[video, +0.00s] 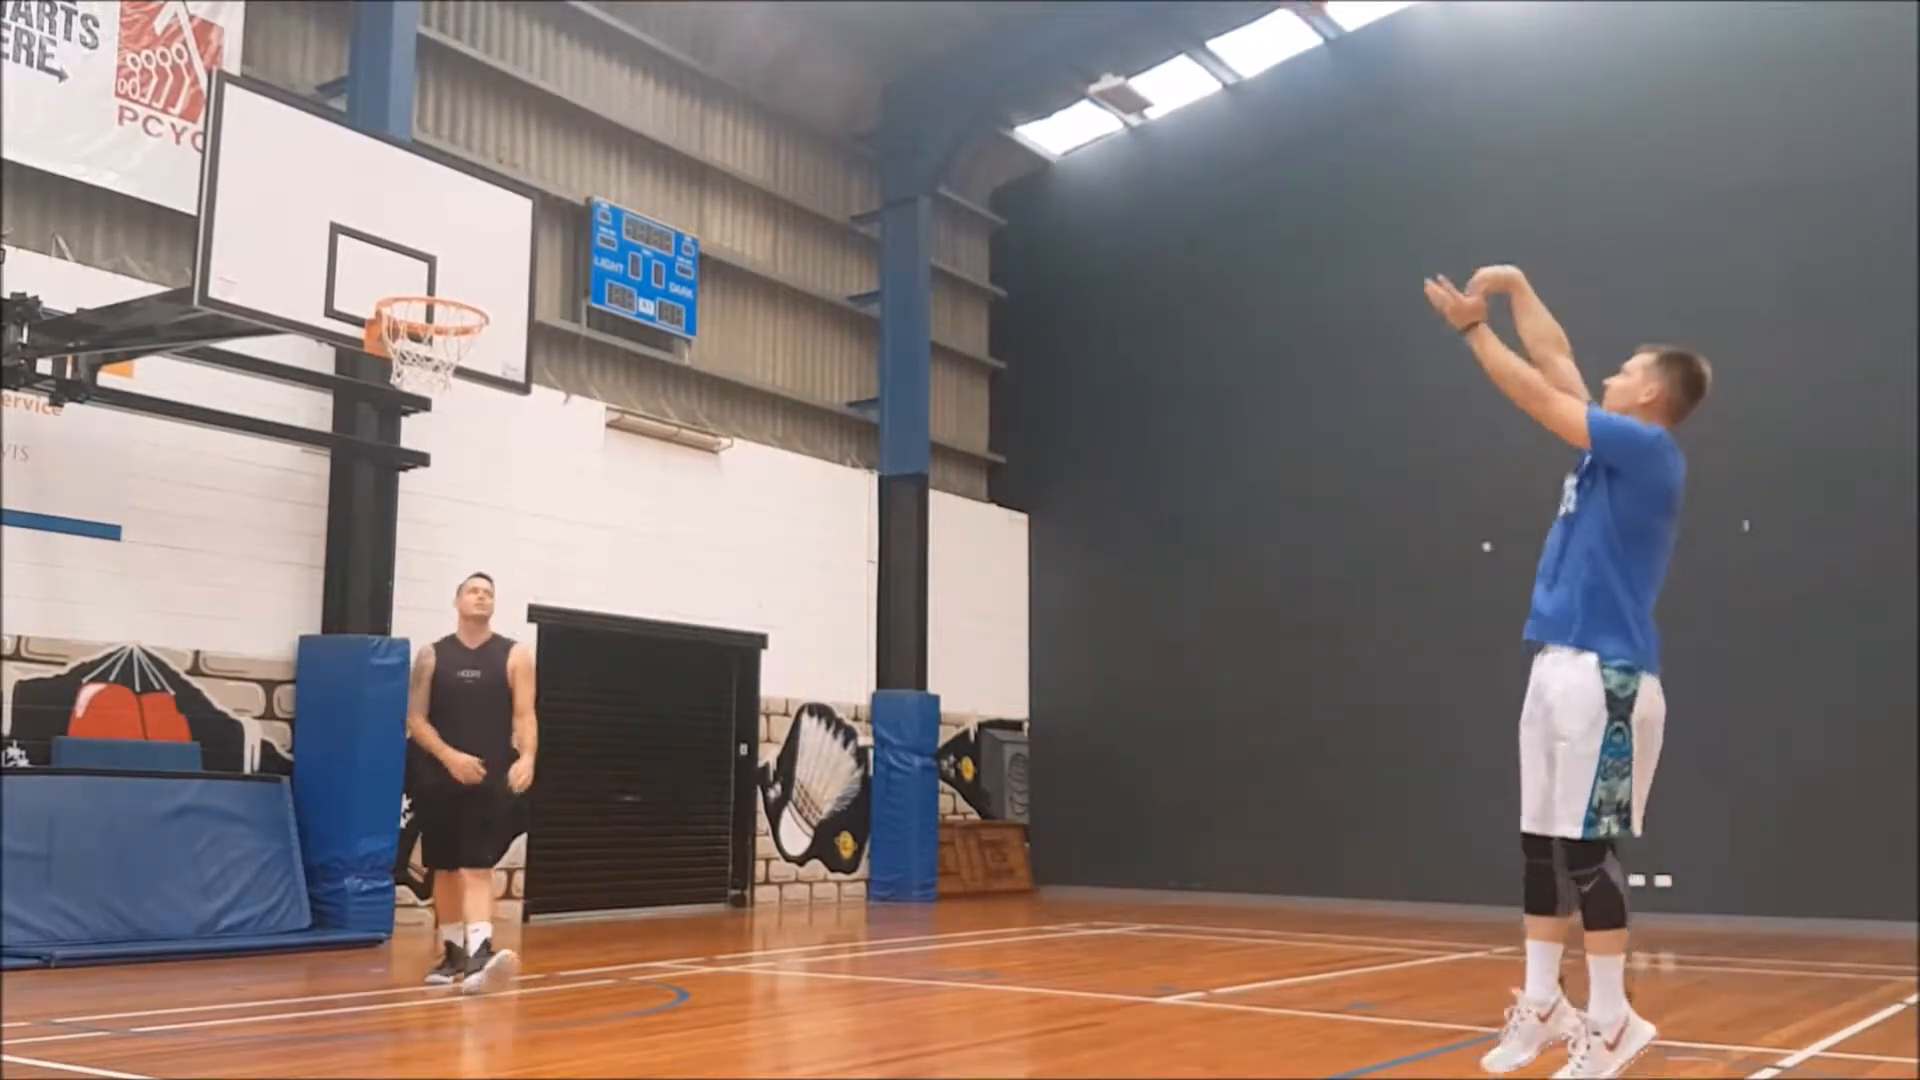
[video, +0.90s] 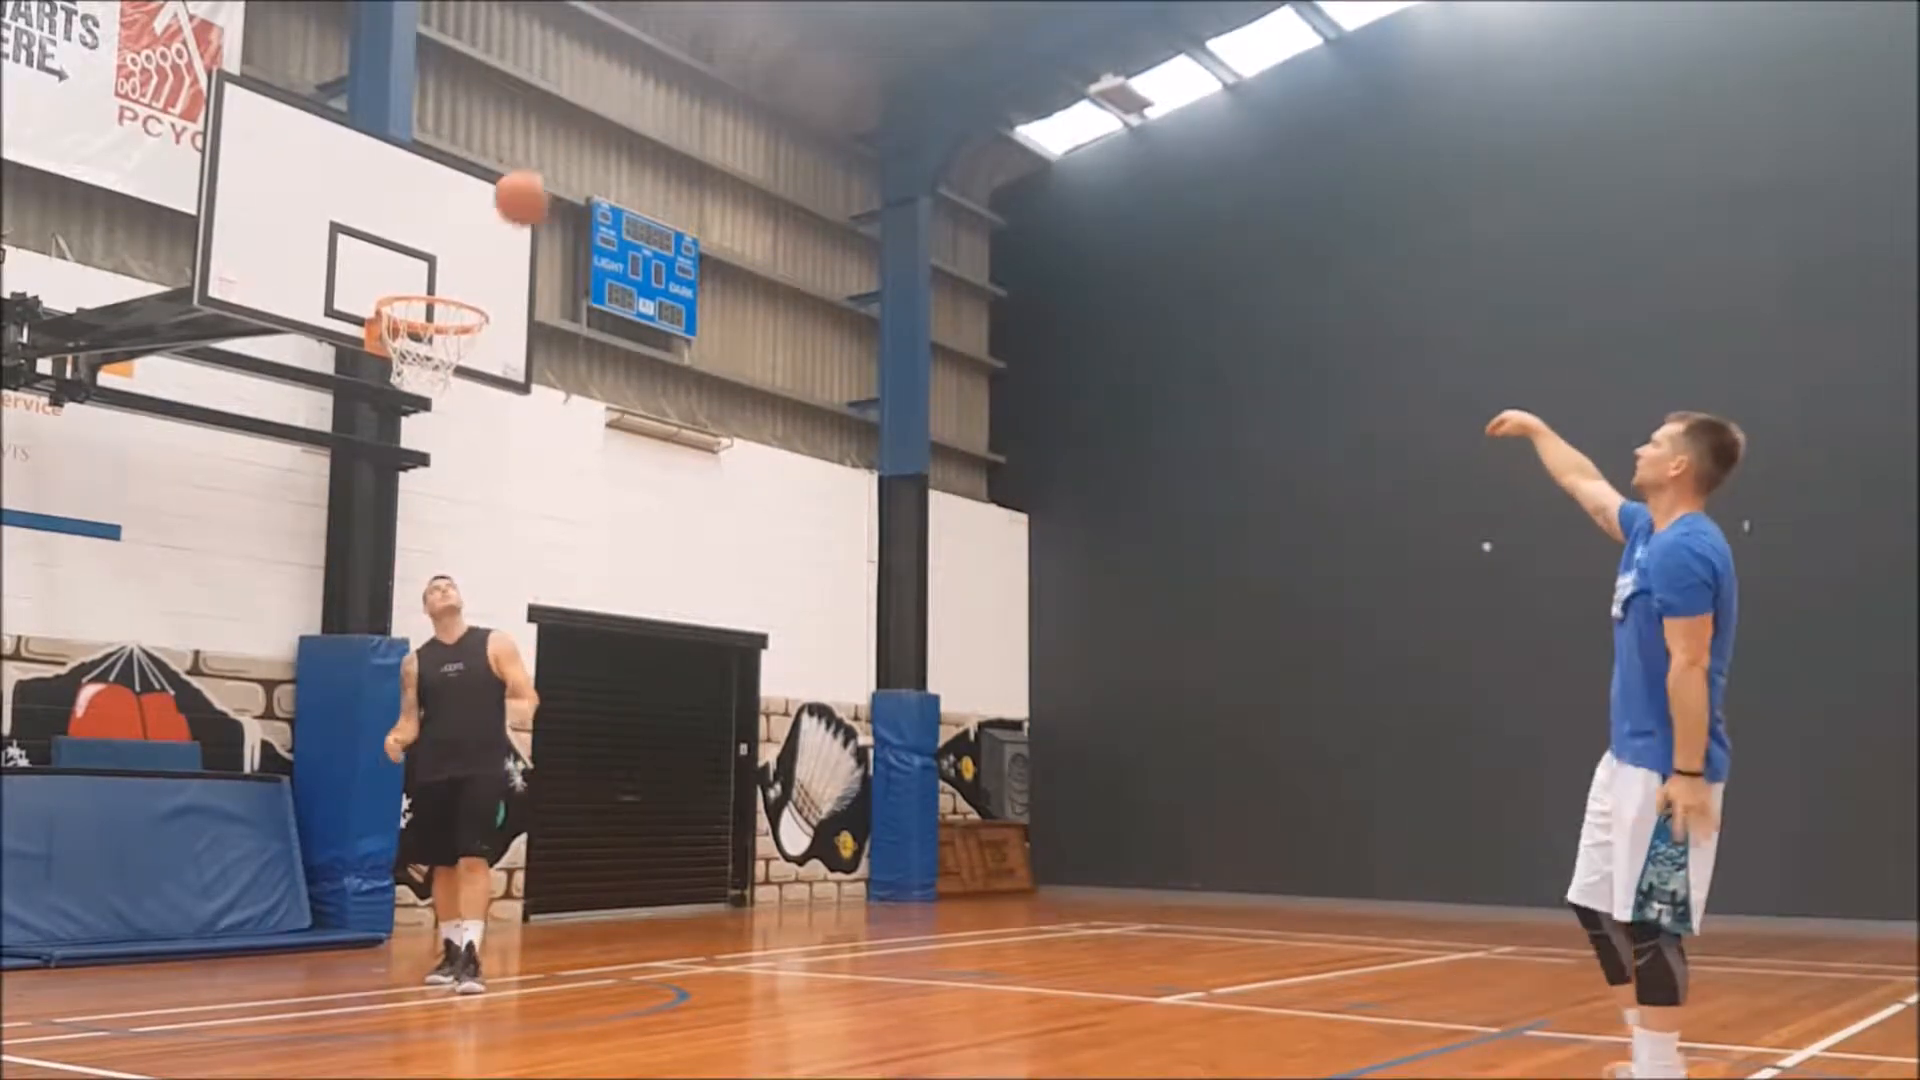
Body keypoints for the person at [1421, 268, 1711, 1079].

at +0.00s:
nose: (1615, 371)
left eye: (1630, 366)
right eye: (1625, 364)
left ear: (1654, 390)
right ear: (1645, 390)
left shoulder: (1646, 447)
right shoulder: (1614, 439)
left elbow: (1542, 400)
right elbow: (1556, 360)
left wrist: (1473, 329)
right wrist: (1517, 284)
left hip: (1606, 678)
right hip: (1556, 669)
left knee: (1586, 850)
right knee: (1540, 844)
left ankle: (1612, 1018)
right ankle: (1541, 1003)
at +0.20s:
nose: (1613, 469)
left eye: (1629, 462)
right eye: (1625, 460)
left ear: (1655, 485)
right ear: (1653, 489)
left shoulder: (1656, 555)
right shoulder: (1617, 543)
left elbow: (1528, 519)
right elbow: (1558, 465)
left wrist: (1486, 441)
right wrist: (1524, 391)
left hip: (1612, 777)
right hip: (1560, 768)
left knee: (1588, 936)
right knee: (1500, 914)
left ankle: (1647, 1070)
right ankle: (1541, 1063)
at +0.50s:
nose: (1628, 445)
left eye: (1644, 439)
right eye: (1639, 436)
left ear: (1669, 464)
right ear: (1665, 466)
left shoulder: (1673, 540)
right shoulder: (1629, 520)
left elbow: (1562, 603)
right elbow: (1570, 470)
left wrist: (1482, 551)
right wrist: (1523, 403)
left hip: (1642, 763)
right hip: (1588, 748)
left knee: (1631, 915)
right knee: (1500, 863)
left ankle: (1654, 1069)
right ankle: (1457, 1021)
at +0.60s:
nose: (1627, 449)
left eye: (1642, 443)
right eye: (1636, 440)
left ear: (1671, 468)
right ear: (1666, 468)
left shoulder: (1675, 544)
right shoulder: (1632, 523)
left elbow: (1591, 637)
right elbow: (1572, 473)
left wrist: (1489, 617)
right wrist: (1525, 410)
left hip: (1653, 765)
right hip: (1601, 752)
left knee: (1638, 918)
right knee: (1528, 880)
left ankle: (1655, 1069)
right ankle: (1446, 1020)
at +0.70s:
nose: (1628, 448)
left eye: (1644, 441)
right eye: (1638, 439)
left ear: (1673, 465)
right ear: (1669, 468)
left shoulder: (1676, 545)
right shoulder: (1634, 524)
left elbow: (1629, 656)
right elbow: (1576, 477)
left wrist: (1524, 693)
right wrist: (1527, 417)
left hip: (1660, 767)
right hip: (1609, 755)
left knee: (1646, 917)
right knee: (1549, 892)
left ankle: (1655, 1070)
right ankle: (1481, 1034)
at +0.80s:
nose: (1631, 451)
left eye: (1644, 443)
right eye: (1640, 441)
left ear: (1673, 464)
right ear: (1671, 466)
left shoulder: (1679, 546)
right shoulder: (1640, 526)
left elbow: (1659, 663)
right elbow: (1581, 480)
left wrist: (1603, 753)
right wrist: (1531, 423)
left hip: (1668, 767)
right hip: (1621, 758)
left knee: (1651, 920)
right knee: (1570, 898)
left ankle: (1656, 1069)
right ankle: (1558, 1055)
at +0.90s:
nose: (1639, 451)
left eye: (1653, 443)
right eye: (1647, 441)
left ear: (1681, 465)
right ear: (1677, 467)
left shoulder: (1685, 548)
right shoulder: (1644, 527)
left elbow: (1690, 665)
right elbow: (1586, 483)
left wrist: (1689, 772)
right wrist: (1536, 428)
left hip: (1669, 771)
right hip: (1625, 760)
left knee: (1650, 919)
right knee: (1595, 905)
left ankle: (1659, 1067)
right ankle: (1646, 1050)